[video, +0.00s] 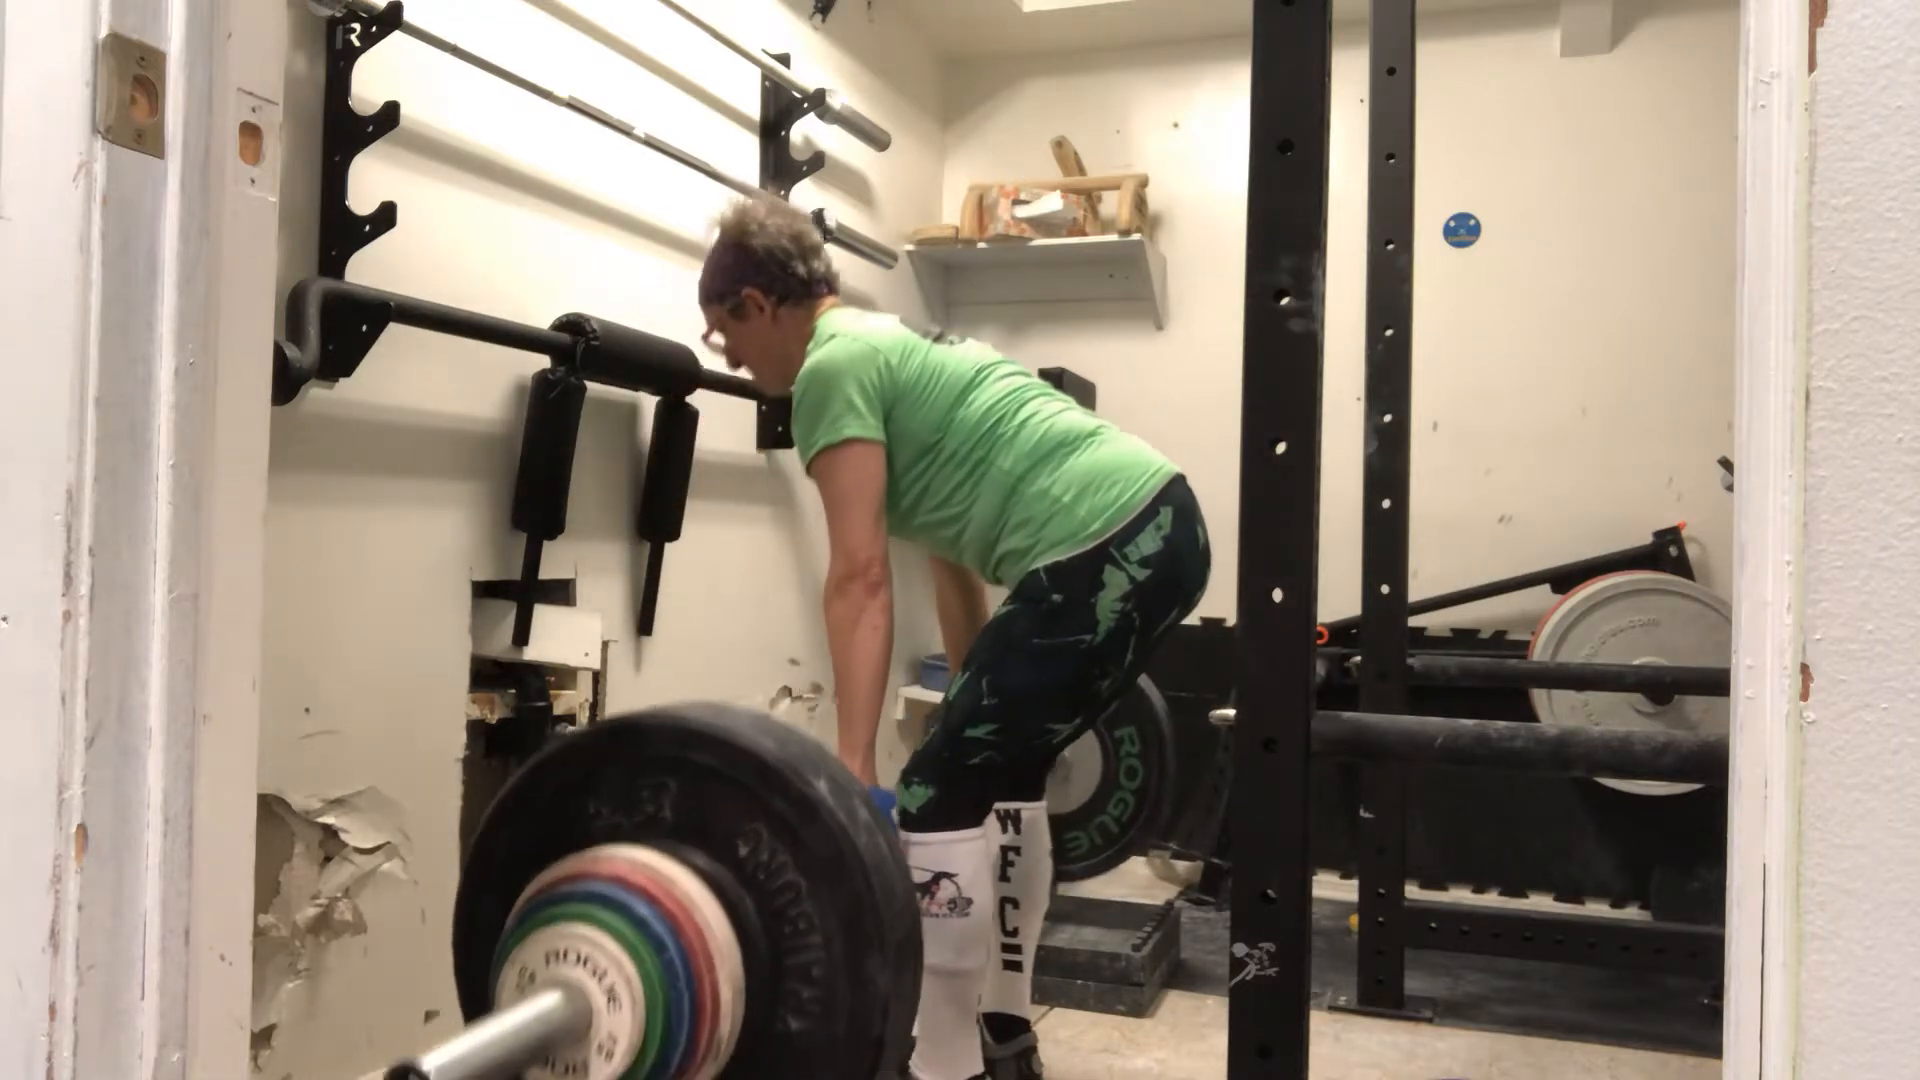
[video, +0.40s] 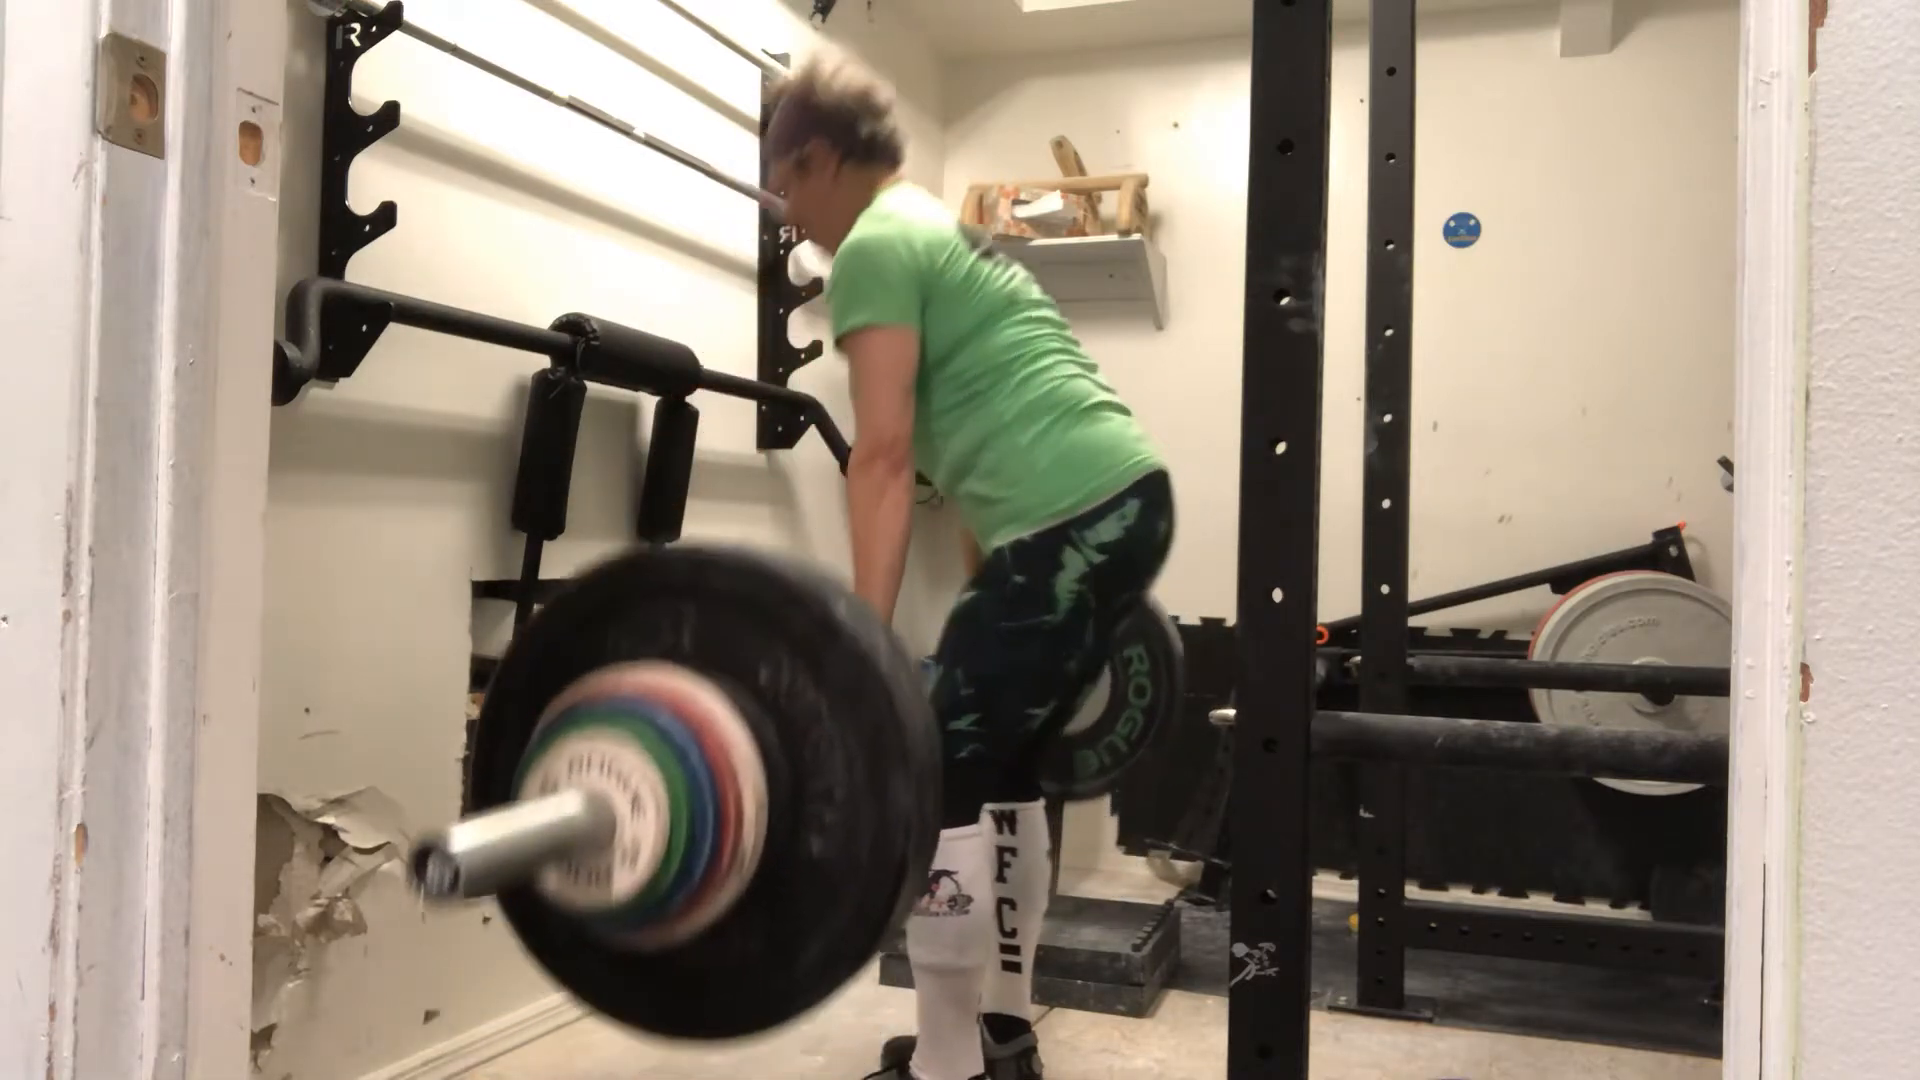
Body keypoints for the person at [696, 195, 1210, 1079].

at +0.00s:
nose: (724, 350)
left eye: (724, 326)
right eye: (715, 332)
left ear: (764, 302)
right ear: (793, 296)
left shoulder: (835, 364)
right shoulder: (892, 347)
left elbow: (859, 581)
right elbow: (954, 563)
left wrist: (854, 764)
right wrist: (975, 704)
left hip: (1097, 553)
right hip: (1152, 526)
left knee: (932, 799)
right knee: (1003, 781)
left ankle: (943, 1063)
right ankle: (1003, 1031)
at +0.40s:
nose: (778, 205)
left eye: (780, 179)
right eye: (773, 184)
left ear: (821, 157)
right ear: (860, 153)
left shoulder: (877, 245)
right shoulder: (933, 233)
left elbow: (883, 452)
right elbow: (982, 431)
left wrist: (865, 641)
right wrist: (979, 582)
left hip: (1065, 520)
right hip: (1116, 502)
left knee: (941, 758)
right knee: (1008, 750)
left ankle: (946, 1060)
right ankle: (1002, 1016)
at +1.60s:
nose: (708, 347)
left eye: (717, 325)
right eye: (706, 327)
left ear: (760, 318)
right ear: (790, 311)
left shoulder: (830, 384)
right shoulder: (878, 366)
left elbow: (857, 600)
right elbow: (953, 569)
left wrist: (848, 781)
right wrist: (965, 708)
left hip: (1100, 568)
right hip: (1148, 542)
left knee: (910, 807)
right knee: (991, 786)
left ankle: (945, 1063)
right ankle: (1001, 1030)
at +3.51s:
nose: (751, 266)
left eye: (754, 242)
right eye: (749, 244)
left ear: (796, 235)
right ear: (843, 229)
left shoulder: (862, 312)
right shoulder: (922, 297)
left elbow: (877, 534)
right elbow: (981, 527)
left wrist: (868, 727)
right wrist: (992, 681)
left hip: (1111, 535)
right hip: (1160, 512)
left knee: (958, 800)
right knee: (1028, 780)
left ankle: (946, 1062)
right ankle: (1006, 1024)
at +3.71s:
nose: (783, 169)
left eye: (792, 143)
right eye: (785, 145)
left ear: (838, 140)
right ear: (879, 142)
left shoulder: (886, 243)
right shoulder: (945, 227)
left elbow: (891, 461)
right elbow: (996, 435)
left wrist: (870, 653)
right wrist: (991, 599)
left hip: (1077, 524)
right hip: (1129, 502)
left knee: (957, 772)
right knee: (1018, 755)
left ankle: (947, 1062)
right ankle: (1005, 1017)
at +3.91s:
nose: (873, 70)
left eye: (885, 44)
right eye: (871, 48)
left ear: (944, 33)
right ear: (964, 38)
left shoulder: (951, 150)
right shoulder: (1021, 145)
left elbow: (925, 365)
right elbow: (1026, 345)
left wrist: (875, 550)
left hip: (999, 498)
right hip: (1071, 483)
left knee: (961, 784)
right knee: (1026, 757)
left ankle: (950, 1057)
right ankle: (1003, 1020)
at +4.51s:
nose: (784, 172)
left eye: (791, 145)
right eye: (782, 150)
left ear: (846, 130)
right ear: (863, 133)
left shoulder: (880, 230)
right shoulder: (935, 217)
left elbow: (883, 441)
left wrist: (856, 624)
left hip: (1050, 520)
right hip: (1101, 500)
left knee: (916, 769)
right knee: (995, 763)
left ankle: (941, 1061)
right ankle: (999, 1022)